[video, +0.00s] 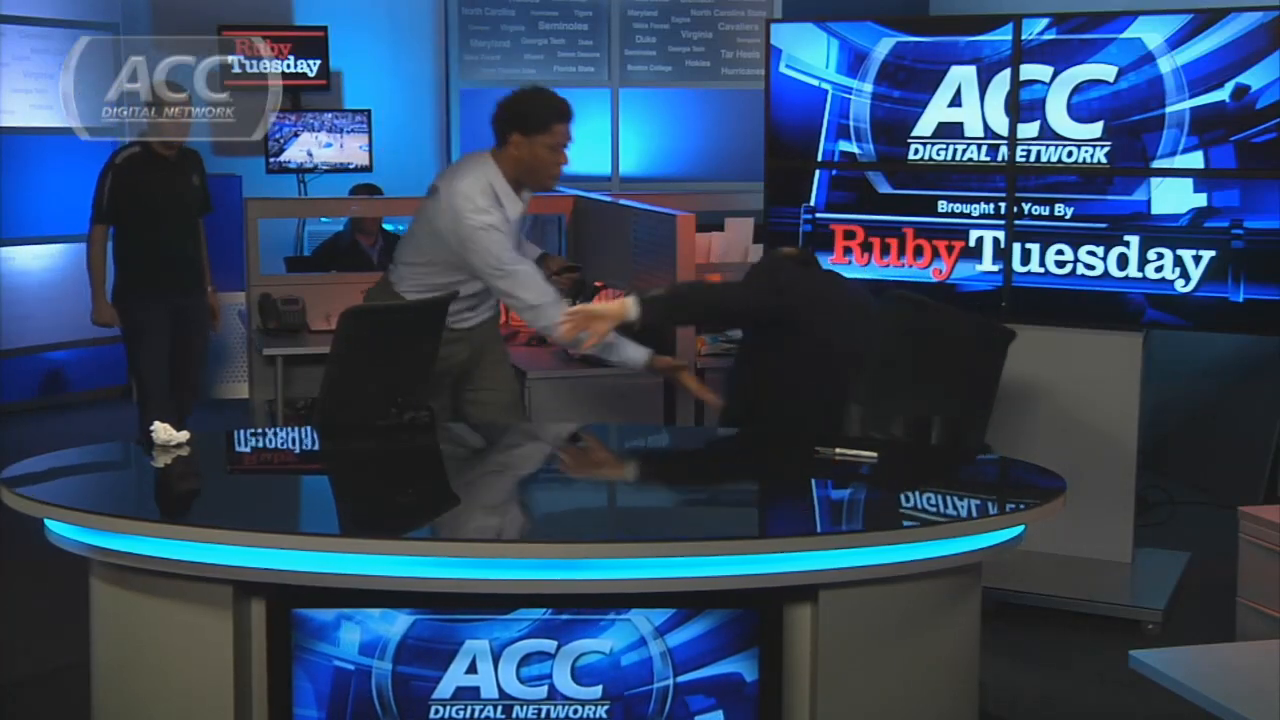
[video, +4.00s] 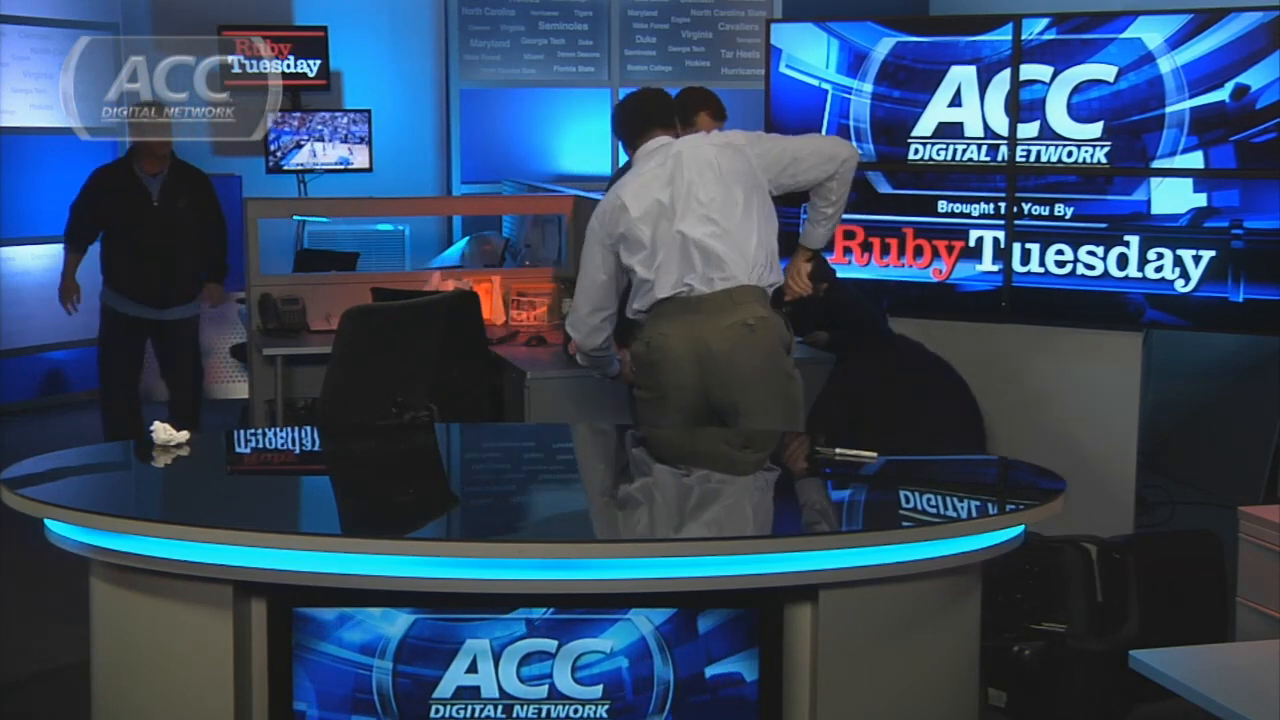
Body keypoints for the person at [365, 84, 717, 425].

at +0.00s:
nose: (564, 160)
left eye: (565, 149)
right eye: (556, 148)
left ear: (522, 146)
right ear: (516, 143)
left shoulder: (506, 186)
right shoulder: (469, 206)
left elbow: (503, 245)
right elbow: (550, 317)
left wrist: (541, 264)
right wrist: (647, 360)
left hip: (475, 337)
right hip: (411, 343)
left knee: (508, 449)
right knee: (412, 462)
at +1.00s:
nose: (883, 253)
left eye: (888, 243)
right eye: (885, 242)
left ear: (836, 215)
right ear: (865, 236)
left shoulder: (759, 210)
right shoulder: (827, 299)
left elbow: (659, 214)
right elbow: (884, 386)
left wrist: (615, 247)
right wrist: (937, 453)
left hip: (612, 313)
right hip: (649, 349)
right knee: (721, 465)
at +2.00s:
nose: (940, 270)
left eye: (943, 261)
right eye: (942, 260)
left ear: (899, 234)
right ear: (927, 250)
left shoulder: (842, 244)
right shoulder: (905, 276)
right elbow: (950, 381)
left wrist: (808, 390)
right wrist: (973, 462)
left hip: (715, 329)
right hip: (744, 337)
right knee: (814, 458)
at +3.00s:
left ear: (715, 178)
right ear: (773, 168)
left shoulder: (682, 215)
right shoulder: (801, 194)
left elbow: (630, 333)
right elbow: (904, 236)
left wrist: (678, 370)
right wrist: (867, 331)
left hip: (681, 341)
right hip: (759, 337)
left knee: (687, 468)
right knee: (793, 469)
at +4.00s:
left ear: (625, 143)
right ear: (677, 125)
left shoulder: (615, 203)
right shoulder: (734, 147)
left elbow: (587, 333)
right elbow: (840, 156)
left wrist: (614, 364)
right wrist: (806, 252)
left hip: (663, 337)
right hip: (748, 321)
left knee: (666, 479)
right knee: (744, 479)